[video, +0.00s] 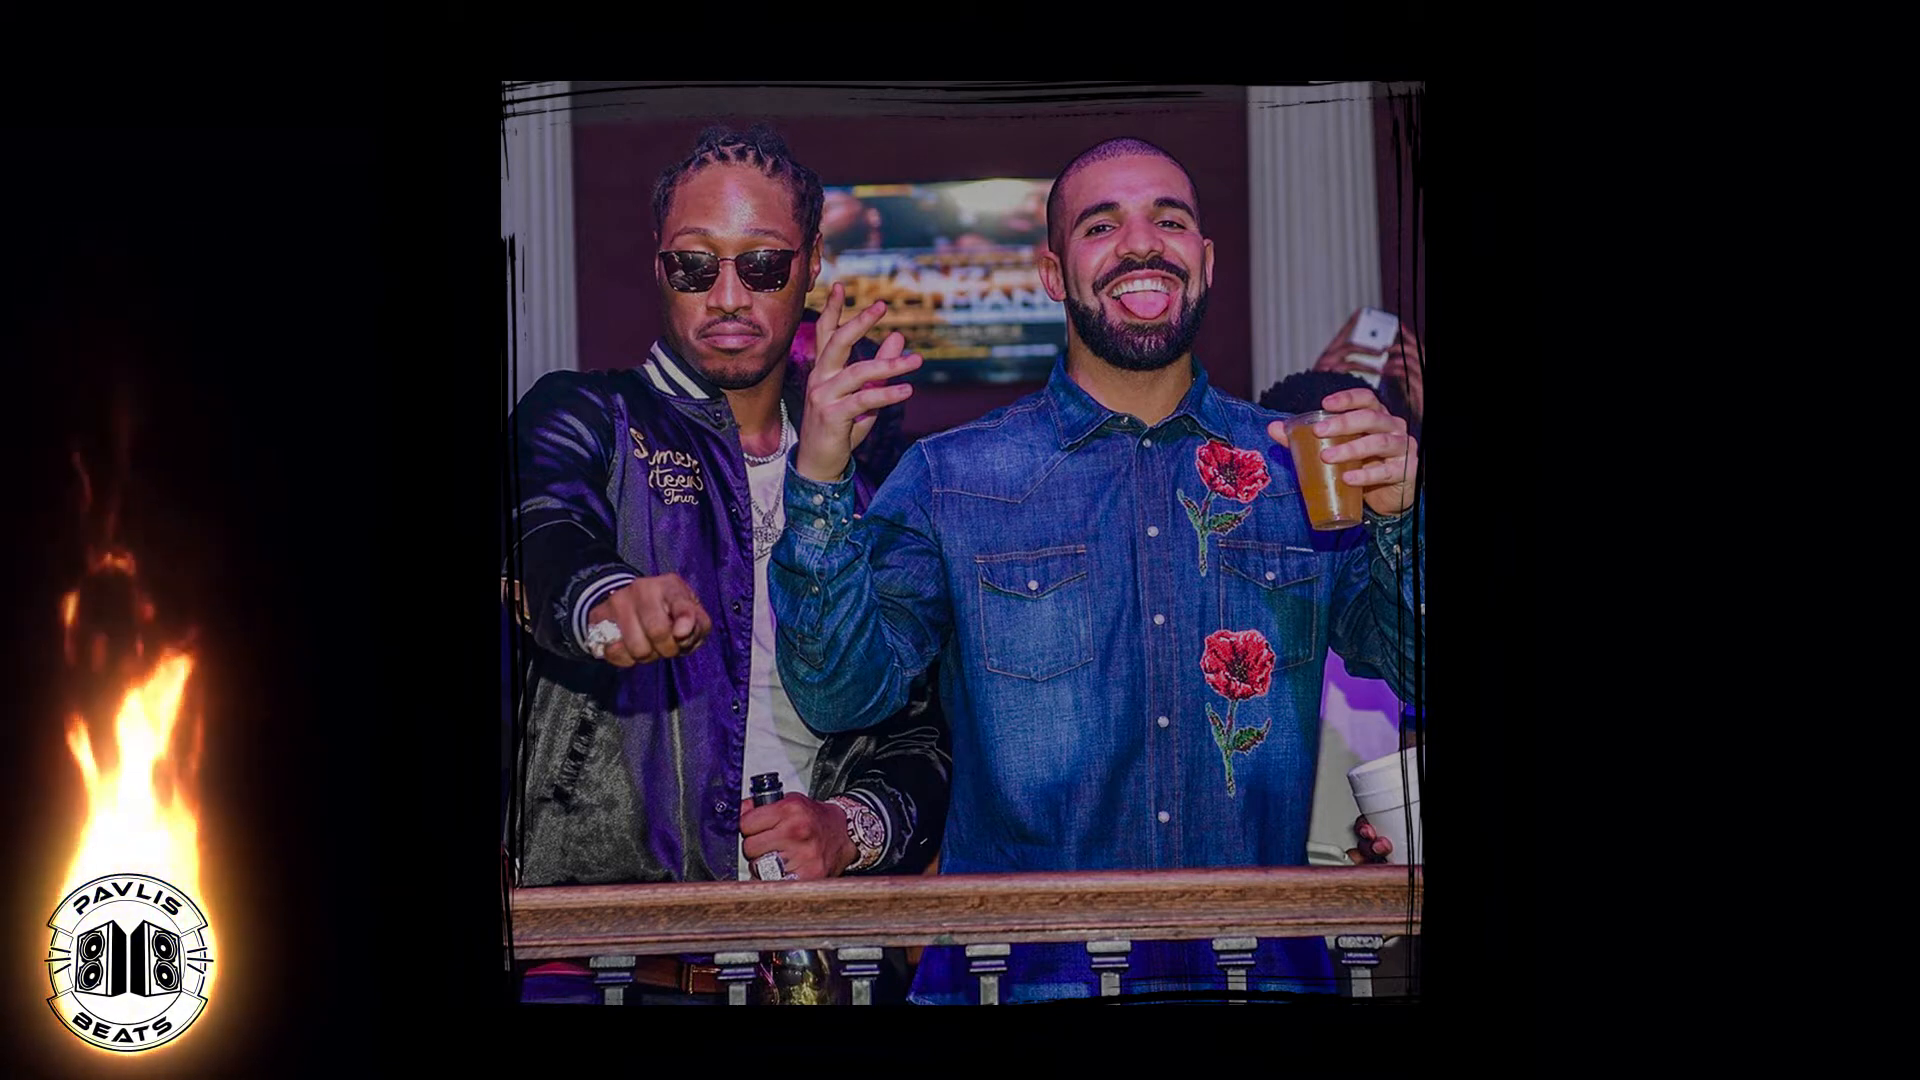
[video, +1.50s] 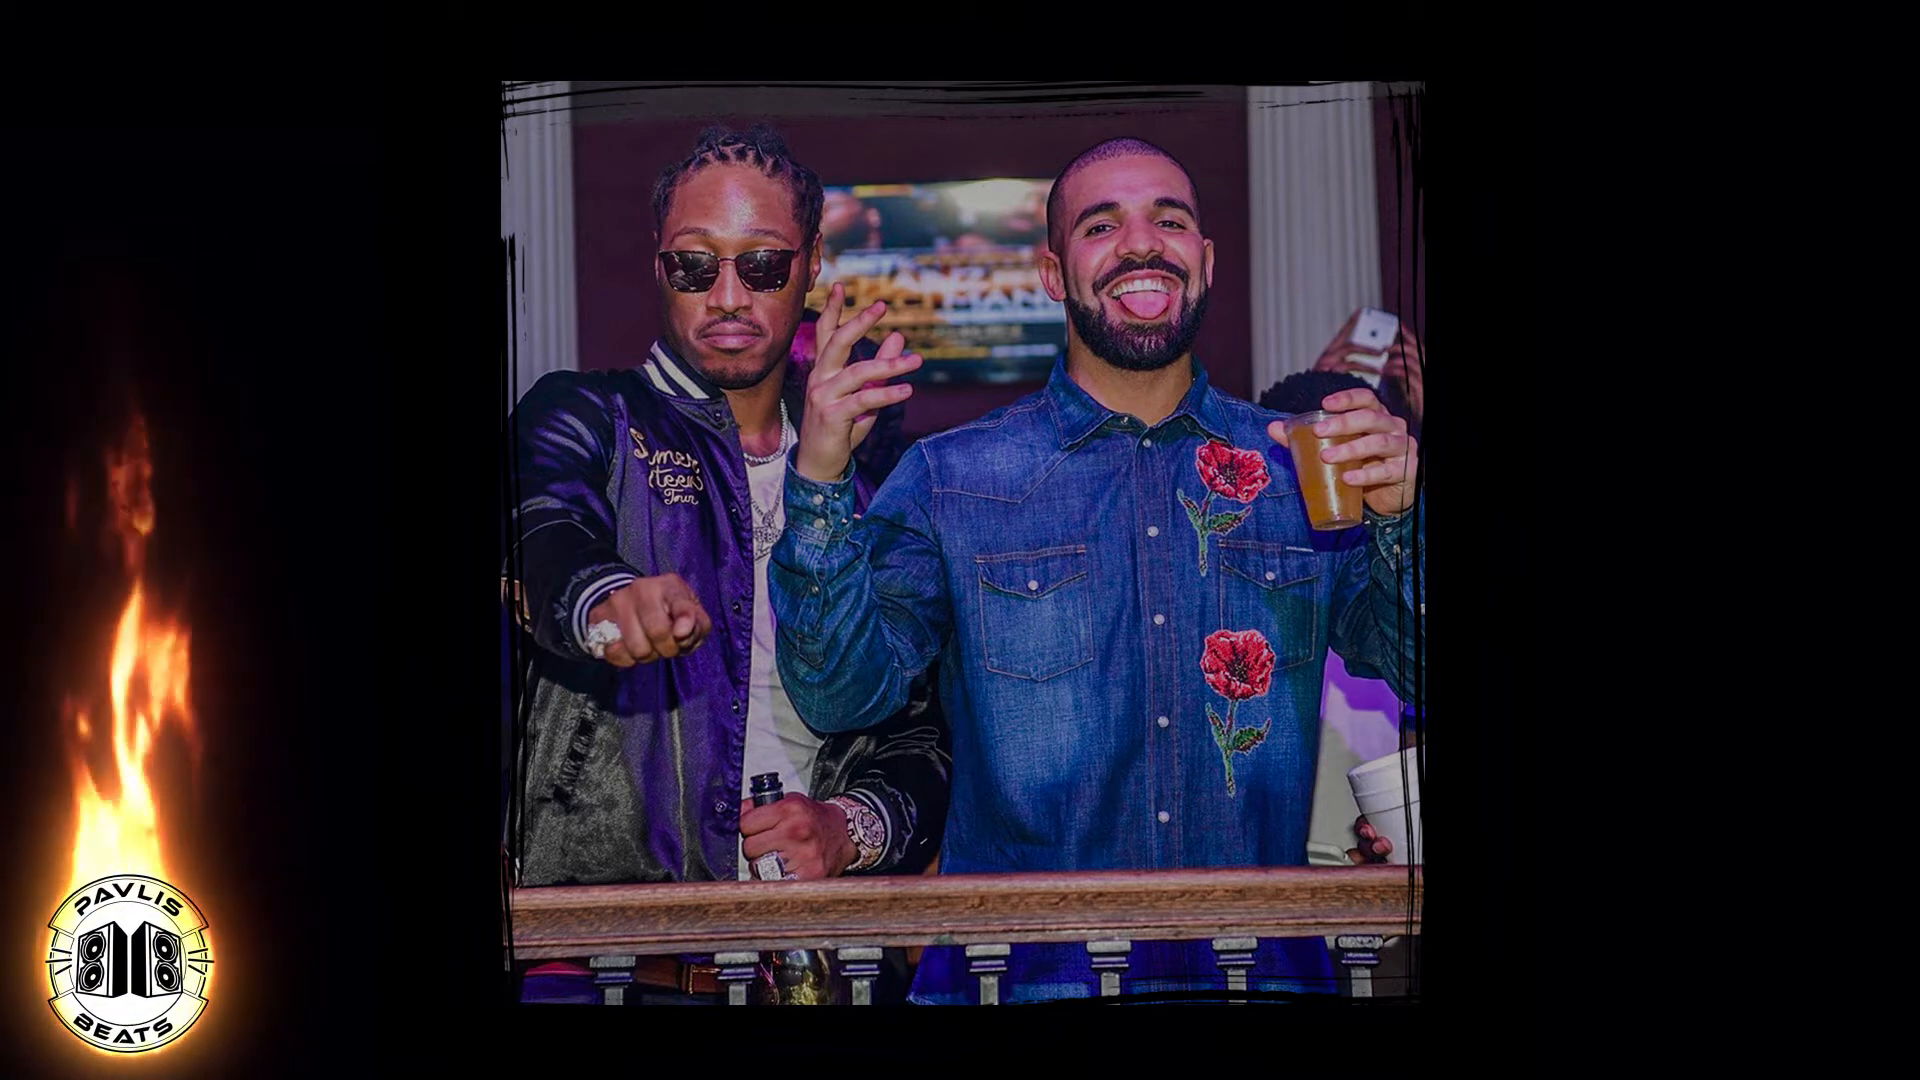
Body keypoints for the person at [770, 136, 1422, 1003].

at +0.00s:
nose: (1142, 242)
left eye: (1170, 219)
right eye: (1102, 225)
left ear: (1207, 259)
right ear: (1055, 273)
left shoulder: (1304, 469)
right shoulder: (945, 478)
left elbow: (1413, 673)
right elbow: (840, 692)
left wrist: (1402, 516)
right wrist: (818, 475)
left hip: (1255, 955)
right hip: (1022, 963)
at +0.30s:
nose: (1142, 242)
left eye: (1170, 219)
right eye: (1102, 225)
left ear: (1207, 259)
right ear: (1055, 273)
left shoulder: (1304, 469)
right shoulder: (945, 478)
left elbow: (1413, 673)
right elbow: (840, 692)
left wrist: (1402, 516)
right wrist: (818, 475)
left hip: (1255, 955)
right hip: (1022, 963)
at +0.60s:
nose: (1142, 242)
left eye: (1170, 219)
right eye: (1102, 225)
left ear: (1207, 259)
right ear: (1055, 273)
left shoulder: (1304, 469)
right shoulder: (945, 478)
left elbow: (1413, 673)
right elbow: (840, 692)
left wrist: (1402, 516)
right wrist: (818, 475)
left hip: (1255, 955)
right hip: (1022, 963)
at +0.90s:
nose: (1141, 242)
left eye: (1170, 219)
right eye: (1102, 225)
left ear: (1208, 259)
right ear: (1054, 273)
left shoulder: (1305, 468)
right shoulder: (945, 478)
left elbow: (1410, 671)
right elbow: (841, 692)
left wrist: (1401, 516)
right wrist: (818, 476)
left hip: (1256, 953)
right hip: (1022, 962)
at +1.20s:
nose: (1141, 243)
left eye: (1169, 220)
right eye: (1102, 225)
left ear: (1208, 258)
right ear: (1055, 272)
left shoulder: (1305, 469)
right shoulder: (945, 479)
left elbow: (1410, 671)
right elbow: (840, 693)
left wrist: (1402, 515)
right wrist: (818, 475)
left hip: (1255, 953)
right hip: (1020, 963)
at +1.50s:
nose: (1141, 243)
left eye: (1169, 220)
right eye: (1102, 225)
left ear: (1208, 258)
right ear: (1055, 272)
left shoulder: (1305, 469)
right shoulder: (945, 479)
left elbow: (1410, 671)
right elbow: (840, 693)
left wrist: (1402, 515)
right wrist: (818, 475)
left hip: (1255, 953)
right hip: (1020, 963)